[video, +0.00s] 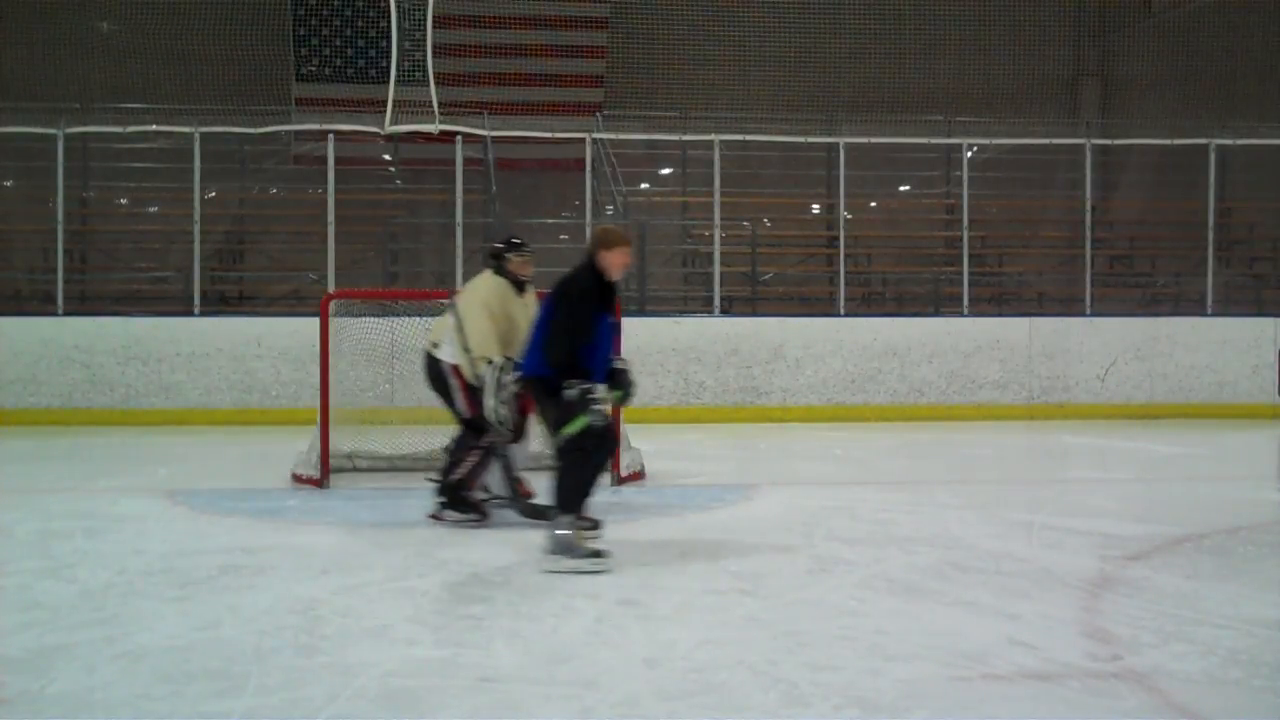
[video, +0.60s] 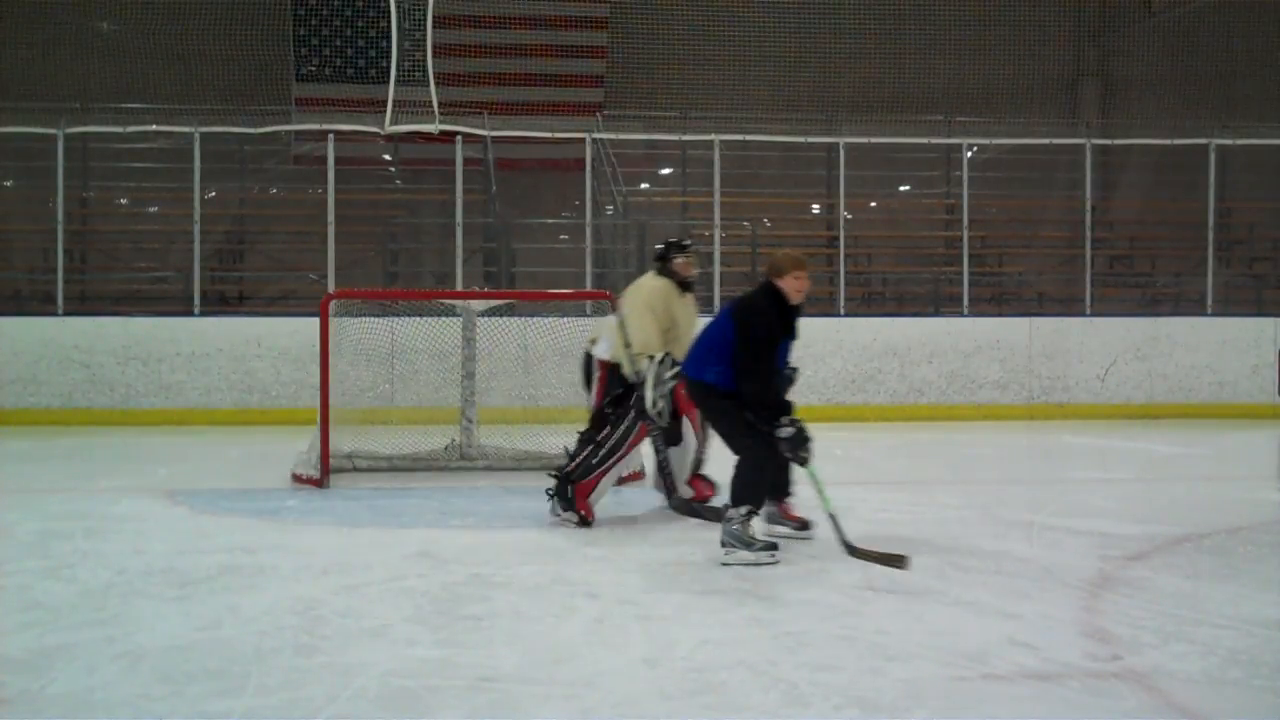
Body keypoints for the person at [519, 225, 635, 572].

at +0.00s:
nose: (625, 263)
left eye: (628, 256)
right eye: (620, 255)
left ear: (620, 258)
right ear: (601, 254)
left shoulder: (604, 289)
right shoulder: (579, 286)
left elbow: (602, 340)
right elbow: (563, 342)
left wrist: (614, 370)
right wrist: (577, 386)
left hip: (575, 379)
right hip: (548, 377)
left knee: (600, 439)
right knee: (579, 441)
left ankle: (570, 511)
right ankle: (564, 525)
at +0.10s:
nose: (657, 261)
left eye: (658, 254)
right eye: (651, 254)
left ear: (650, 258)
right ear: (631, 255)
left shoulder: (634, 289)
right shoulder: (617, 287)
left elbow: (626, 346)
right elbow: (603, 342)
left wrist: (643, 375)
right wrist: (617, 383)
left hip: (599, 375)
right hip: (581, 374)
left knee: (621, 440)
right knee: (620, 441)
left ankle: (609, 509)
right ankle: (611, 519)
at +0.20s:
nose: (690, 263)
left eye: (690, 256)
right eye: (683, 256)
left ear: (679, 260)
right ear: (665, 259)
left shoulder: (665, 289)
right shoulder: (654, 289)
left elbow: (656, 348)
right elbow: (639, 346)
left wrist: (673, 379)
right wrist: (657, 385)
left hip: (628, 375)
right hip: (611, 375)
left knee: (655, 443)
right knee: (647, 446)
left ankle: (642, 508)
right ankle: (648, 525)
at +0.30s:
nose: (725, 271)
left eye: (726, 264)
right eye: (718, 263)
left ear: (713, 267)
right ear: (699, 264)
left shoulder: (699, 296)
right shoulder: (686, 294)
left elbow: (694, 355)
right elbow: (674, 353)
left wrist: (702, 388)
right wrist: (686, 396)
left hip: (656, 377)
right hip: (637, 376)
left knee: (688, 443)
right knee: (679, 445)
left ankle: (684, 510)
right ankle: (681, 518)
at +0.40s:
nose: (757, 277)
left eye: (757, 270)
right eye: (751, 270)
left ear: (741, 273)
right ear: (732, 272)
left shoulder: (733, 304)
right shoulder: (714, 302)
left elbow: (723, 362)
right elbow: (702, 363)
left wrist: (727, 403)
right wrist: (720, 411)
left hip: (686, 377)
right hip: (661, 377)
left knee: (720, 440)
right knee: (708, 445)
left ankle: (715, 511)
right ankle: (708, 520)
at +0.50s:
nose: (782, 284)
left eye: (784, 278)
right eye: (775, 278)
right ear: (756, 278)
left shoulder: (758, 309)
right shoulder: (738, 308)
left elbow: (749, 366)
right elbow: (731, 371)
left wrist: (756, 410)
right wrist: (753, 420)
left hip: (711, 379)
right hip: (685, 379)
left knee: (749, 439)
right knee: (734, 444)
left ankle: (743, 508)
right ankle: (726, 520)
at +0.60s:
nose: (804, 285)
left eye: (805, 278)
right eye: (796, 279)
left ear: (805, 281)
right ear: (777, 280)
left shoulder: (781, 310)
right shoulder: (759, 310)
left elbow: (774, 364)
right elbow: (755, 379)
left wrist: (779, 380)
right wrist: (782, 425)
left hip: (737, 380)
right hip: (708, 381)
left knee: (776, 440)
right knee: (756, 448)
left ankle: (774, 508)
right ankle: (736, 524)